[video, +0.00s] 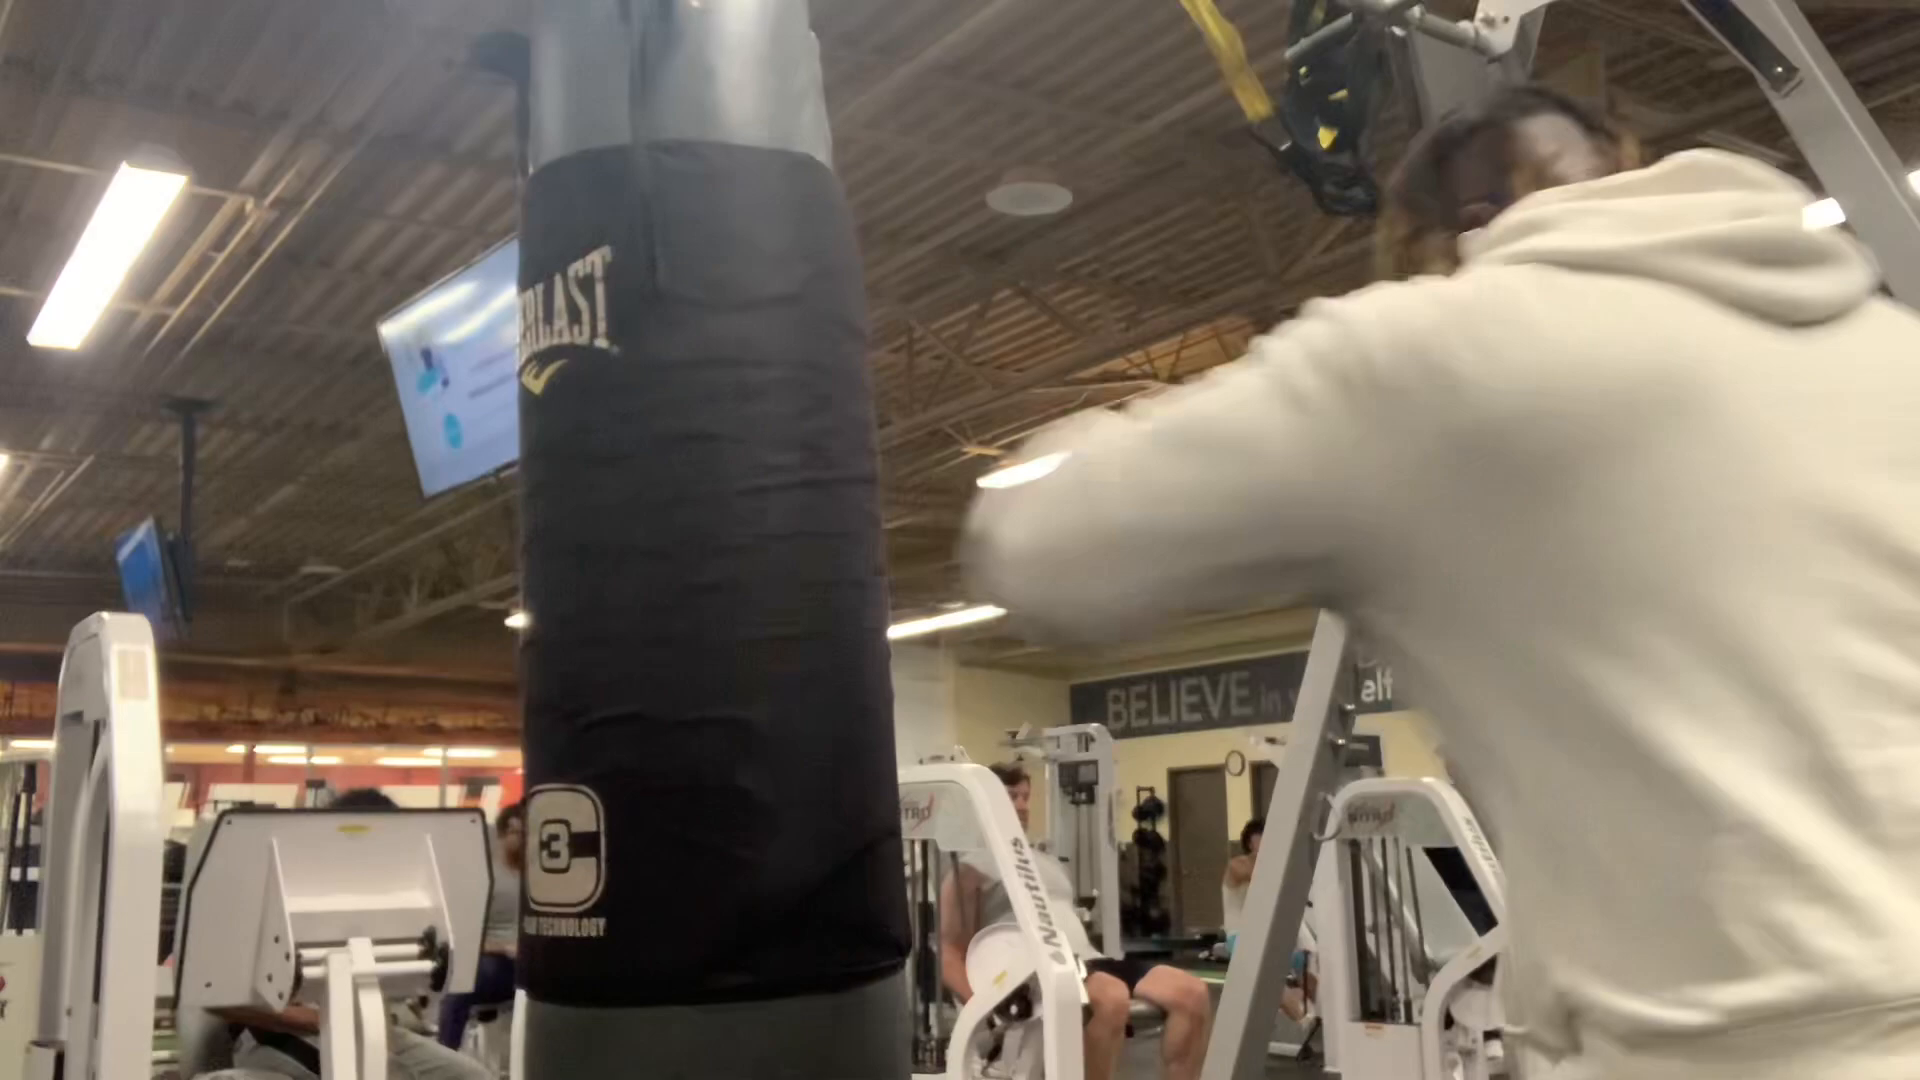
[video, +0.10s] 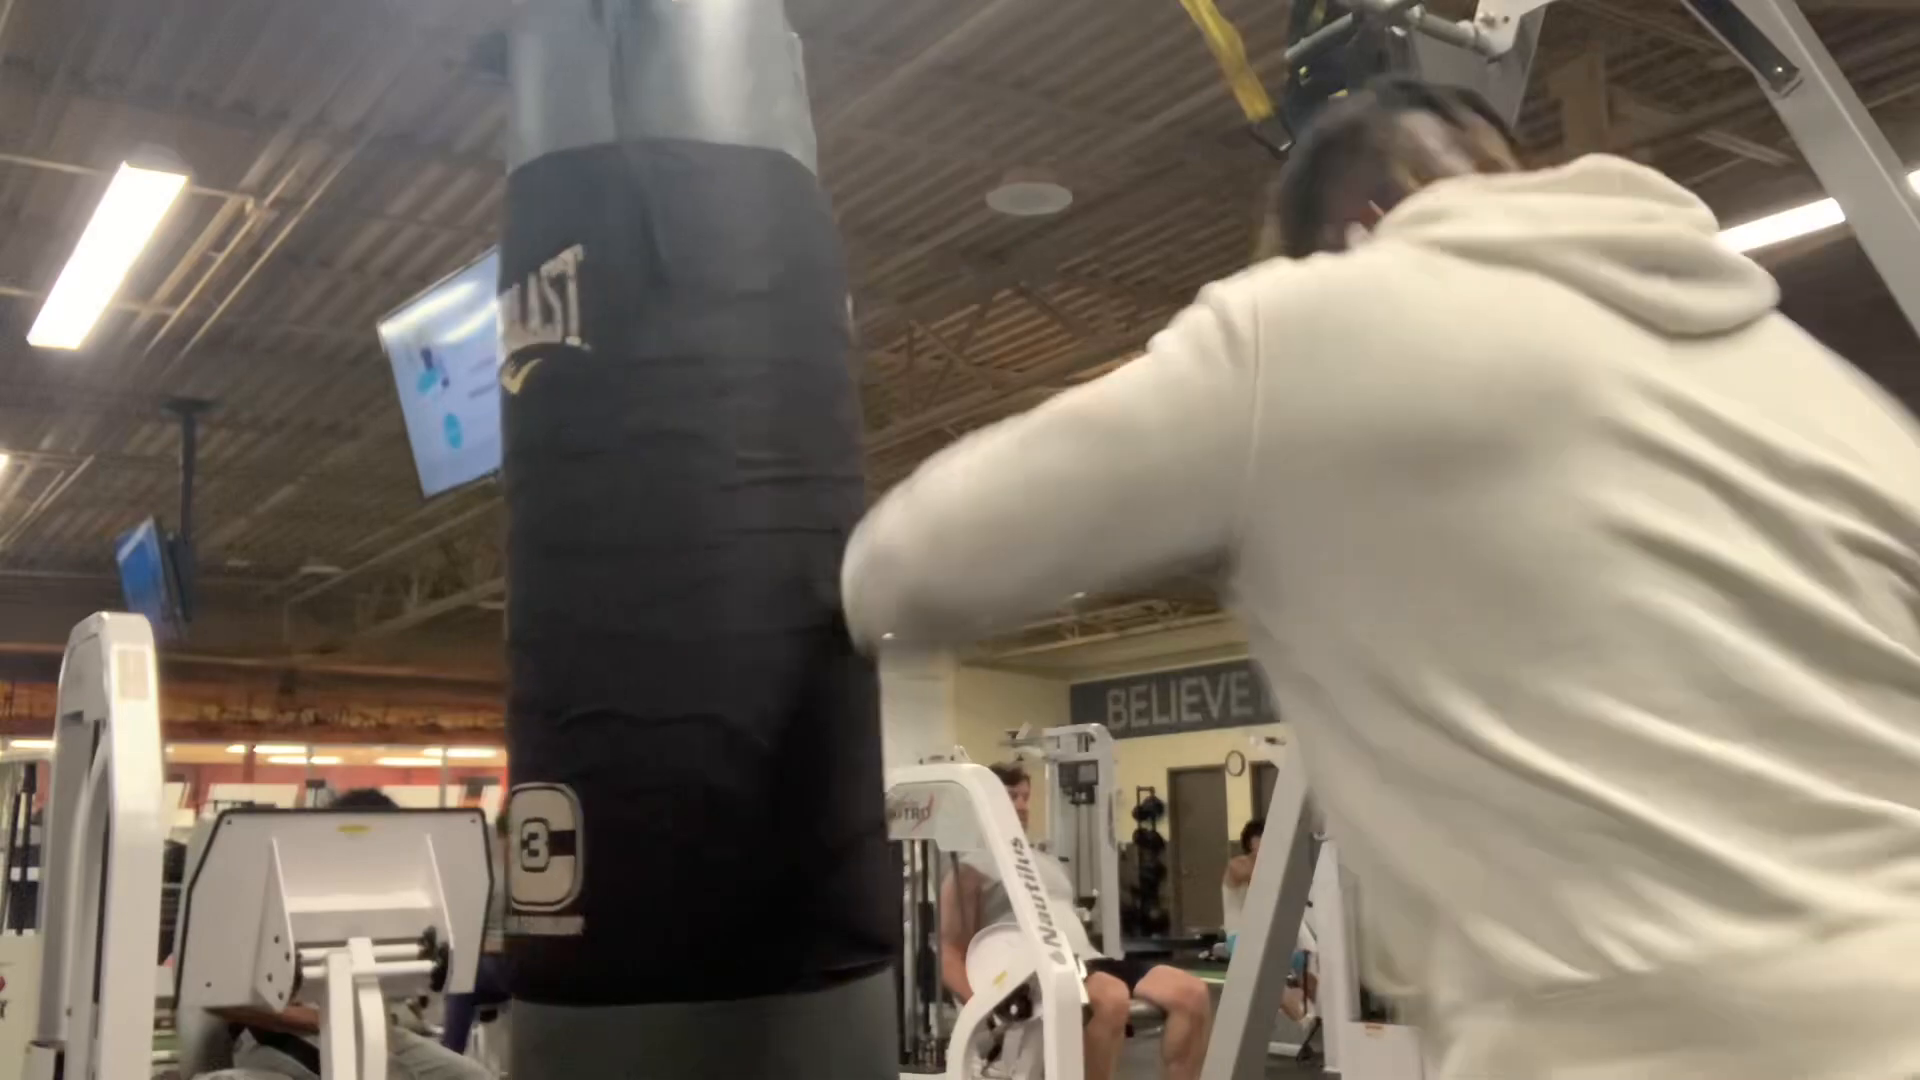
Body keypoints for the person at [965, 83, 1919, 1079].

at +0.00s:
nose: (1401, 285)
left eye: (1402, 267)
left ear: (1438, 245)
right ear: (1630, 174)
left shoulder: (1425, 357)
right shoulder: (1886, 339)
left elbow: (1033, 554)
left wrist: (1107, 447)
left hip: (1682, 1040)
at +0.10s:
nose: (1324, 283)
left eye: (1312, 259)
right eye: (1323, 265)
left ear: (1354, 225)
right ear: (1531, 177)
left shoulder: (1305, 335)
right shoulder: (1843, 397)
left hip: (1594, 1030)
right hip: (1901, 1011)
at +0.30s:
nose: (1142, 360)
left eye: (1124, 305)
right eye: (1115, 322)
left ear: (1215, 224)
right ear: (1264, 199)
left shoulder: (1381, 341)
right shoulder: (1499, 297)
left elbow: (1171, 761)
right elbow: (1157, 581)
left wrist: (1002, 643)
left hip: (1630, 1025)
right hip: (1788, 989)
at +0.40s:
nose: (1139, 261)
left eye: (1138, 198)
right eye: (1117, 213)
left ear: (1235, 143)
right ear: (1355, 122)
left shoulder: (1357, 307)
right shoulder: (1544, 253)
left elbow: (1187, 764)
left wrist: (1032, 629)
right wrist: (1065, 829)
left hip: (1643, 1030)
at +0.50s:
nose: (1252, 265)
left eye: (1239, 220)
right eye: (1229, 238)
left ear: (1314, 129)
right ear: (1444, 97)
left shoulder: (1368, 279)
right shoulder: (1663, 252)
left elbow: (1271, 721)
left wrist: (1133, 691)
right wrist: (1348, 913)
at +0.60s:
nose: (1359, 280)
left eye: (1356, 238)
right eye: (1347, 252)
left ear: (1429, 179)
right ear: (1557, 148)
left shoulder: (1460, 338)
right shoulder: (1808, 323)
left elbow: (1339, 784)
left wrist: (1196, 827)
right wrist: (1428, 928)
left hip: (1639, 1046)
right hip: (1878, 1021)